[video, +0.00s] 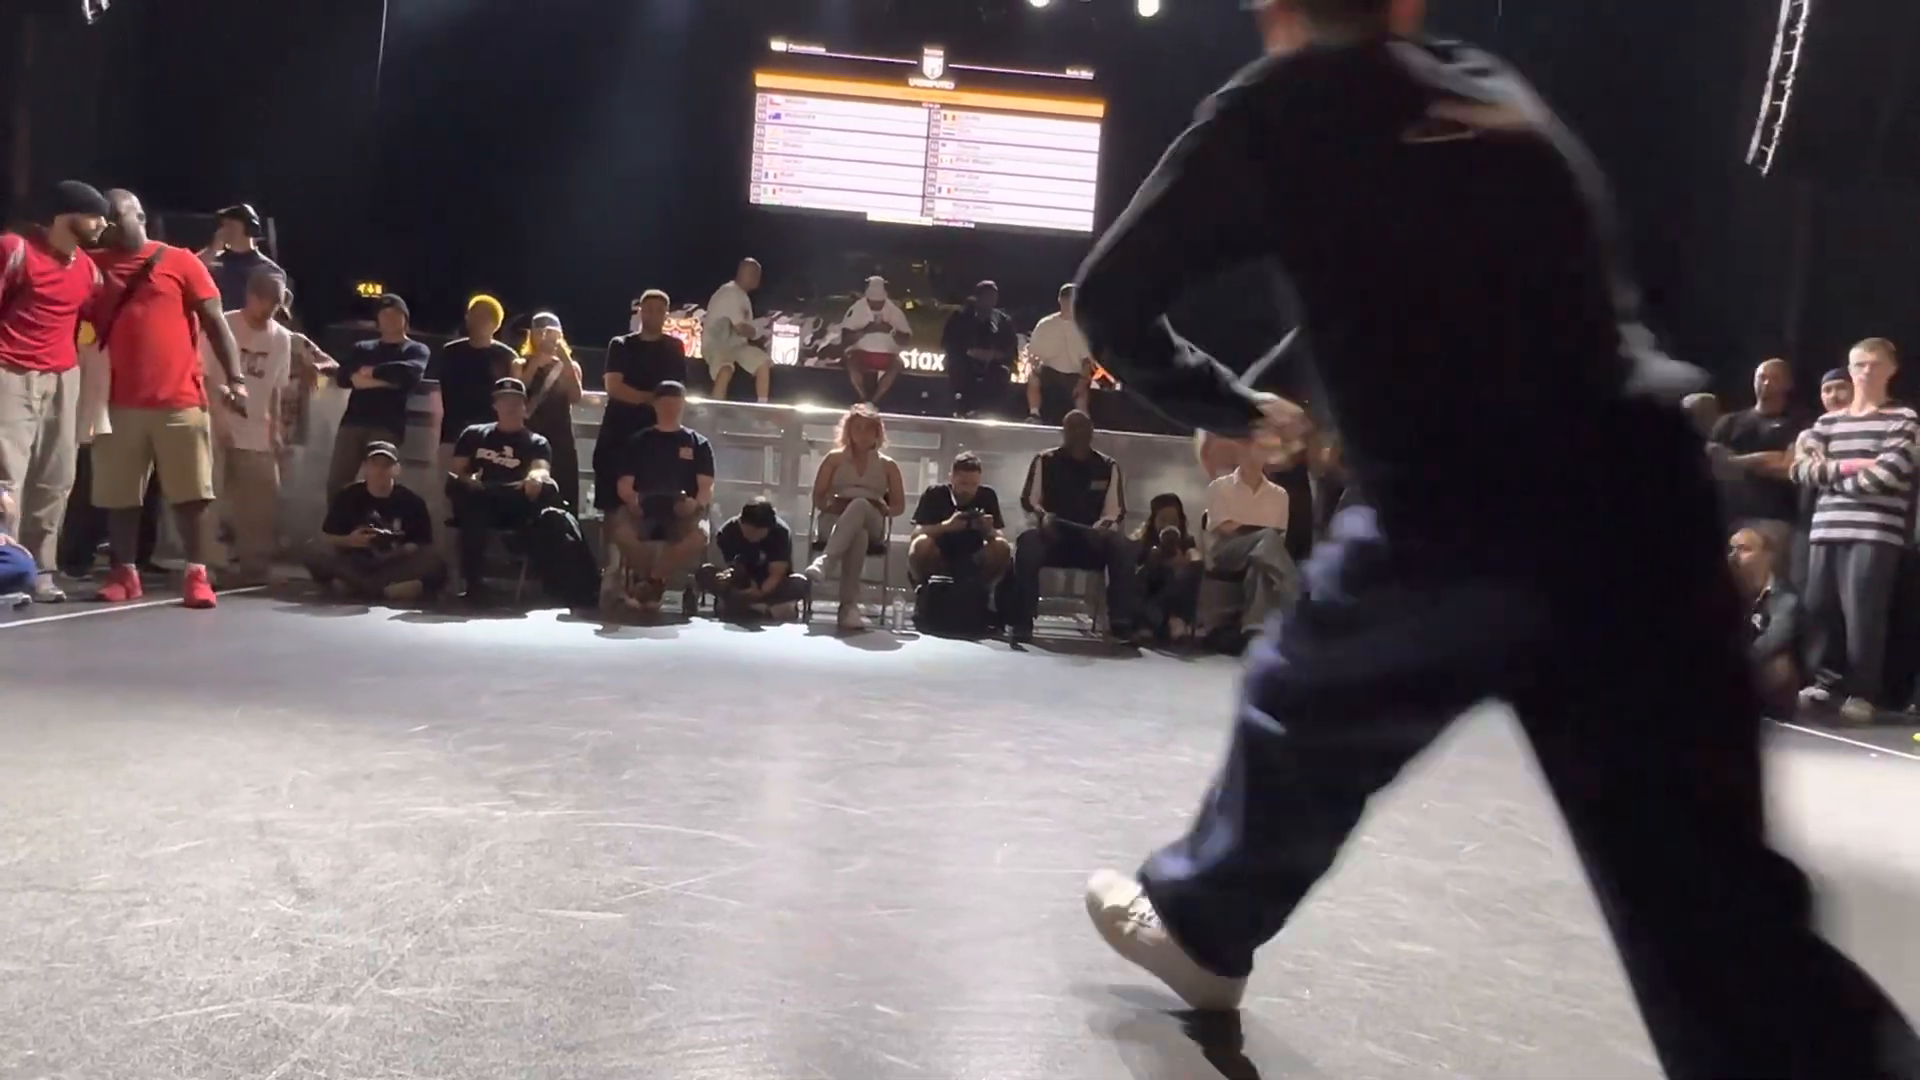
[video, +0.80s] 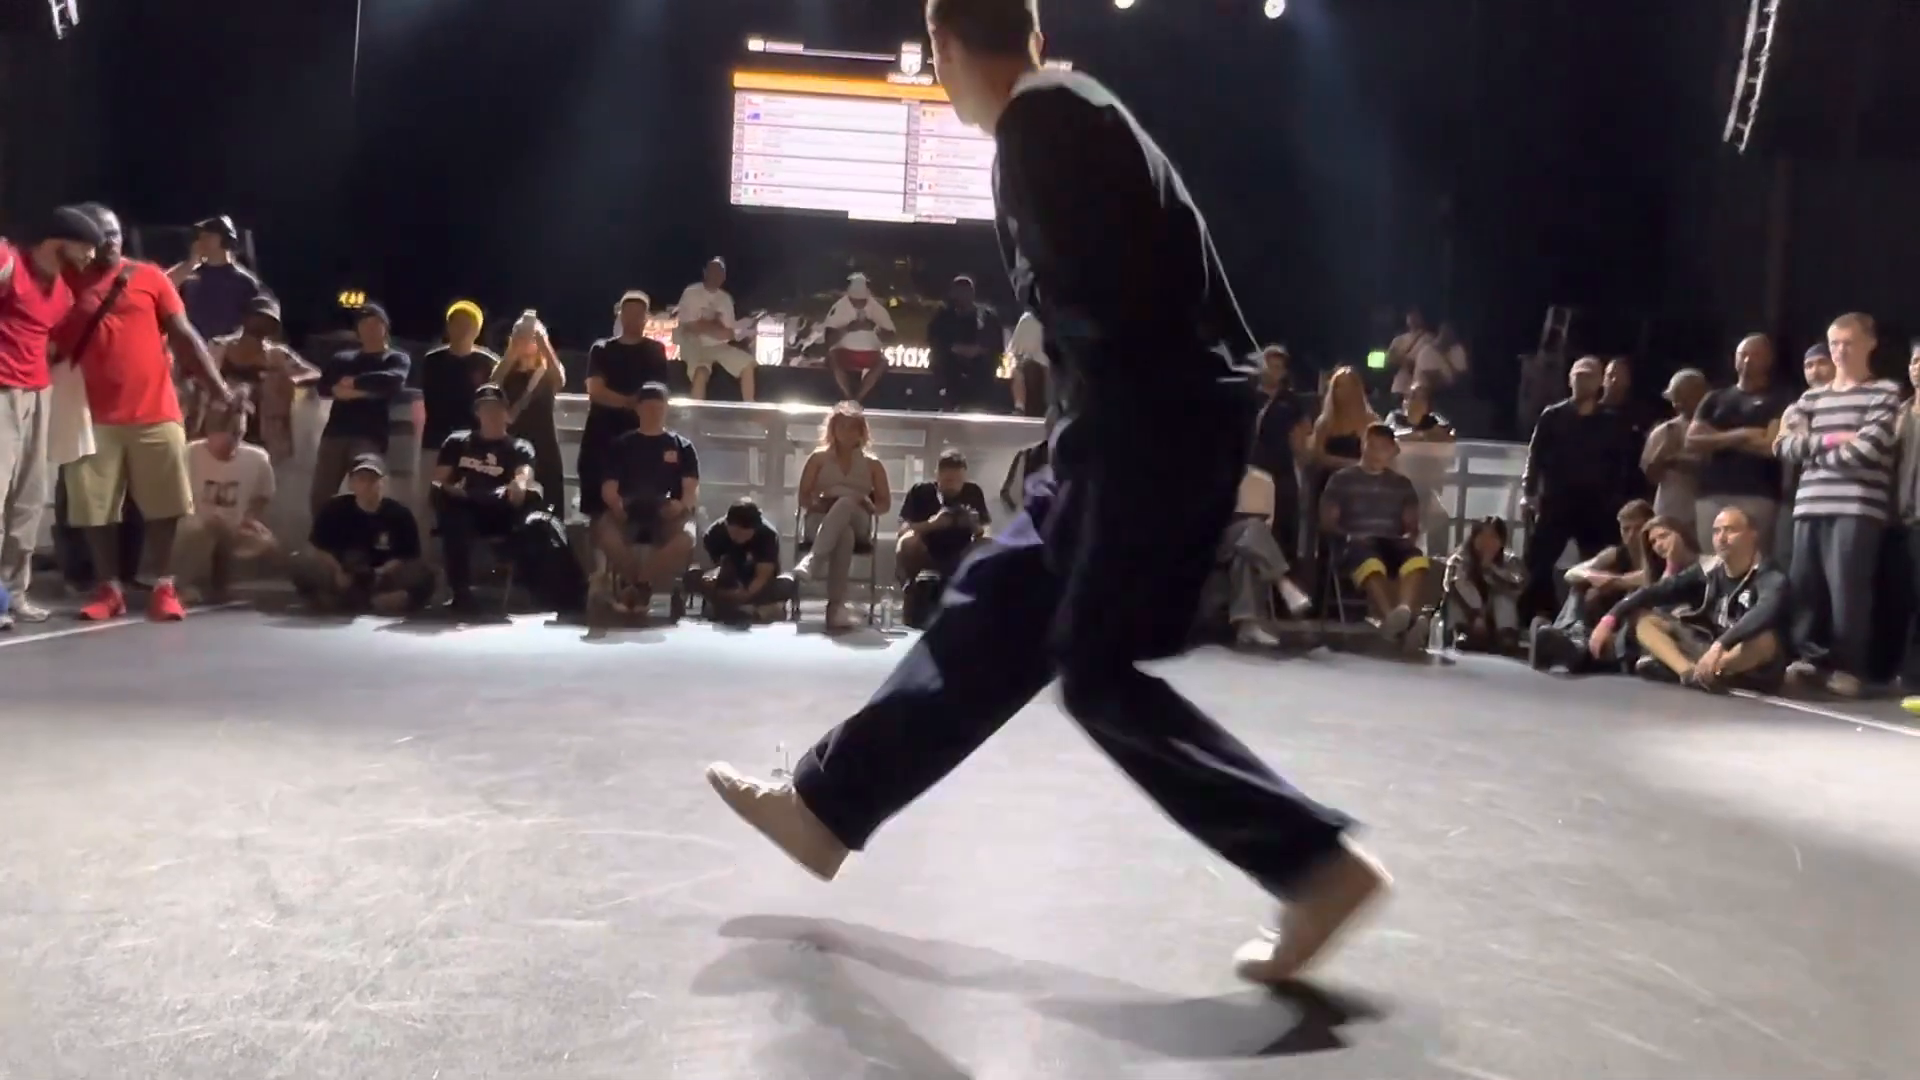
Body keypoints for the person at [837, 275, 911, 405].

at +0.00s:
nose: (876, 305)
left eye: (880, 301)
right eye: (873, 301)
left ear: (885, 298)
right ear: (867, 298)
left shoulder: (894, 310)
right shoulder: (856, 309)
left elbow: (905, 340)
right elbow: (845, 339)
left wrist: (891, 330)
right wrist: (866, 330)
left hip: (887, 354)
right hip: (860, 352)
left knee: (897, 365)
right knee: (851, 362)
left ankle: (874, 401)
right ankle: (863, 398)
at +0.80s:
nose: (859, 303)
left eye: (862, 300)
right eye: (855, 300)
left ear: (867, 296)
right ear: (849, 296)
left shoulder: (876, 307)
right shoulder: (840, 307)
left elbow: (890, 337)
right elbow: (828, 339)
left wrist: (875, 327)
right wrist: (849, 328)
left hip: (871, 353)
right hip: (845, 351)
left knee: (882, 364)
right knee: (833, 357)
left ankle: (858, 400)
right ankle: (849, 398)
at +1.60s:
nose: (865, 323)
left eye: (868, 319)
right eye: (861, 319)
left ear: (872, 317)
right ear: (854, 316)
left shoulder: (881, 328)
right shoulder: (843, 328)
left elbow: (895, 356)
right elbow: (834, 358)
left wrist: (879, 347)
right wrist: (853, 348)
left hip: (876, 372)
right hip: (850, 371)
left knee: (886, 384)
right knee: (840, 382)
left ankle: (863, 419)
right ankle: (855, 419)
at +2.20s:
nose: (869, 322)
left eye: (873, 319)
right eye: (865, 319)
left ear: (878, 316)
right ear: (859, 316)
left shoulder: (887, 327)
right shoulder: (850, 326)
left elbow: (901, 357)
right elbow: (840, 356)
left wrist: (885, 347)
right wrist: (859, 347)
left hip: (882, 371)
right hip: (856, 370)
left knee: (892, 382)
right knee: (844, 380)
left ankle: (869, 418)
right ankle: (860, 417)